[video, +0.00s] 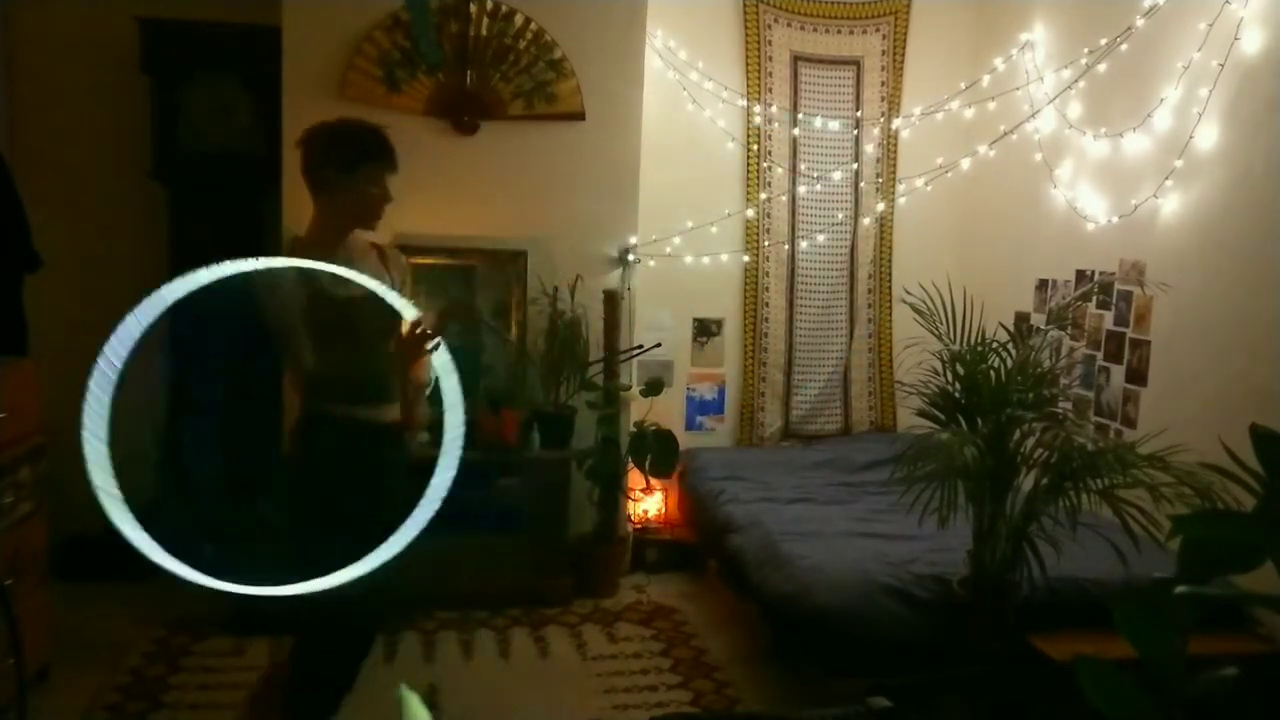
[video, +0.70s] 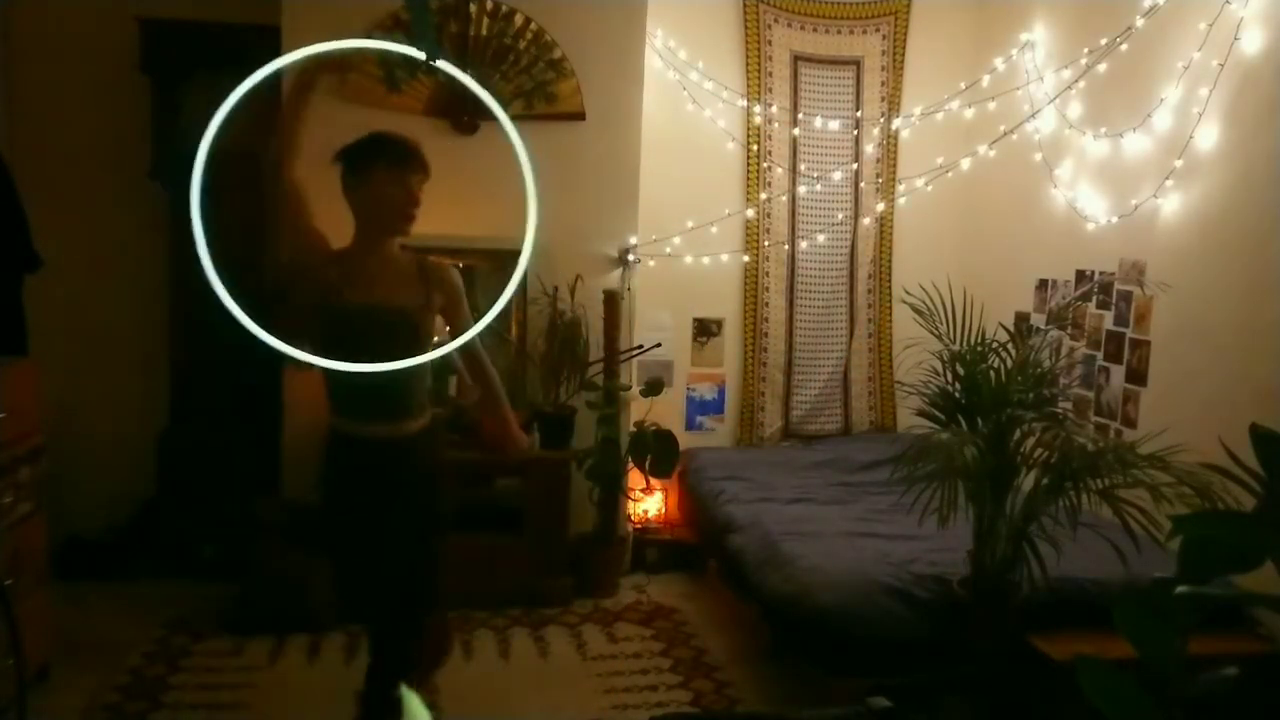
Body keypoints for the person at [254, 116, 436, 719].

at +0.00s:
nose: (389, 197)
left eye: (388, 183)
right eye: (377, 183)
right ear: (335, 185)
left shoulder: (388, 262)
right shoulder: (294, 266)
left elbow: (411, 364)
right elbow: (302, 373)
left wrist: (414, 432)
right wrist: (394, 360)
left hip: (382, 445)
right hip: (325, 445)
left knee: (363, 603)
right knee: (330, 606)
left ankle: (313, 702)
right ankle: (299, 703)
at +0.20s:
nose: (368, 189)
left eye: (372, 176)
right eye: (356, 176)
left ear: (370, 181)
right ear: (314, 178)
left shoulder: (381, 262)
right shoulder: (271, 274)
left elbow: (404, 356)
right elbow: (257, 390)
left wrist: (407, 411)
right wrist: (328, 438)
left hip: (370, 467)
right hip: (295, 469)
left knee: (348, 628)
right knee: (267, 615)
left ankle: (318, 707)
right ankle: (231, 700)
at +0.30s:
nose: (367, 191)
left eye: (372, 178)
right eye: (353, 176)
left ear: (373, 183)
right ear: (312, 181)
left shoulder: (383, 275)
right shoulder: (269, 277)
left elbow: (407, 376)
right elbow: (229, 381)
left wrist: (408, 461)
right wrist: (255, 464)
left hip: (367, 481)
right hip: (285, 482)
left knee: (367, 645)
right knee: (244, 648)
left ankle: (351, 709)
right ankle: (227, 705)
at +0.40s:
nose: (366, 195)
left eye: (373, 181)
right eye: (349, 179)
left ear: (381, 190)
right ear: (318, 182)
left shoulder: (395, 274)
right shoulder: (277, 274)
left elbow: (422, 369)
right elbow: (198, 350)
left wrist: (433, 448)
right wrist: (206, 429)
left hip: (372, 478)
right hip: (285, 481)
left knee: (376, 640)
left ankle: (376, 709)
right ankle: (224, 706)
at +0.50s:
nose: (388, 191)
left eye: (391, 179)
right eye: (372, 178)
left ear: (396, 188)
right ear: (330, 187)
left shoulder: (417, 277)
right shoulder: (296, 274)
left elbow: (448, 373)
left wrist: (464, 445)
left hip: (395, 460)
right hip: (319, 459)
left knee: (385, 636)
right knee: (297, 632)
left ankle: (378, 705)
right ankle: (255, 705)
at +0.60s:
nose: (399, 196)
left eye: (403, 184)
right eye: (384, 183)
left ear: (406, 193)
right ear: (341, 191)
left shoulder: (421, 274)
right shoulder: (311, 272)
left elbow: (470, 354)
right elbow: (227, 226)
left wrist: (500, 423)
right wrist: (236, 158)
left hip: (406, 450)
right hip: (338, 450)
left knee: (403, 590)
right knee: (335, 587)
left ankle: (383, 695)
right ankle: (330, 693)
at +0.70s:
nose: (415, 200)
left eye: (418, 187)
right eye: (402, 185)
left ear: (416, 195)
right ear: (359, 188)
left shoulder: (432, 276)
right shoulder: (325, 273)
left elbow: (472, 361)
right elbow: (282, 179)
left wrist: (506, 431)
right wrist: (300, 88)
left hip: (416, 458)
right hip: (349, 458)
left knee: (407, 604)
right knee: (370, 600)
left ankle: (382, 698)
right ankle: (401, 688)